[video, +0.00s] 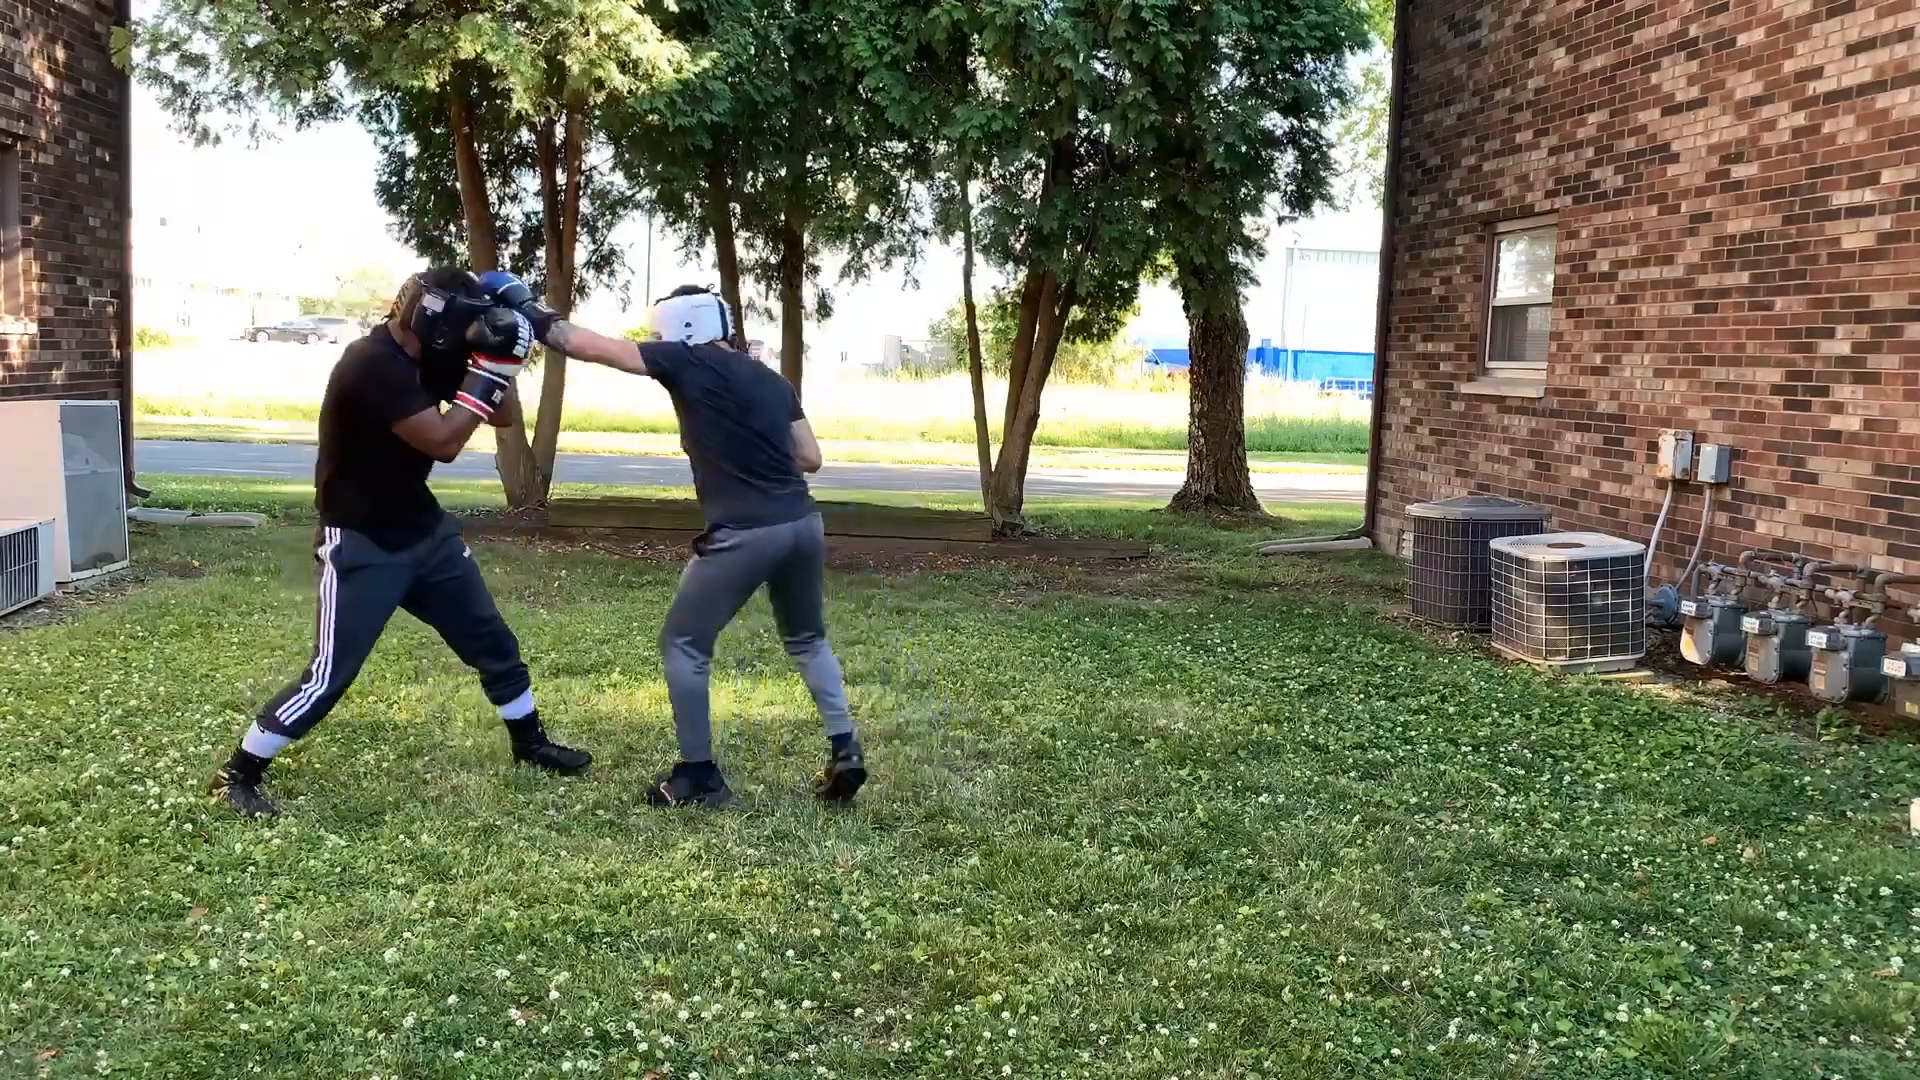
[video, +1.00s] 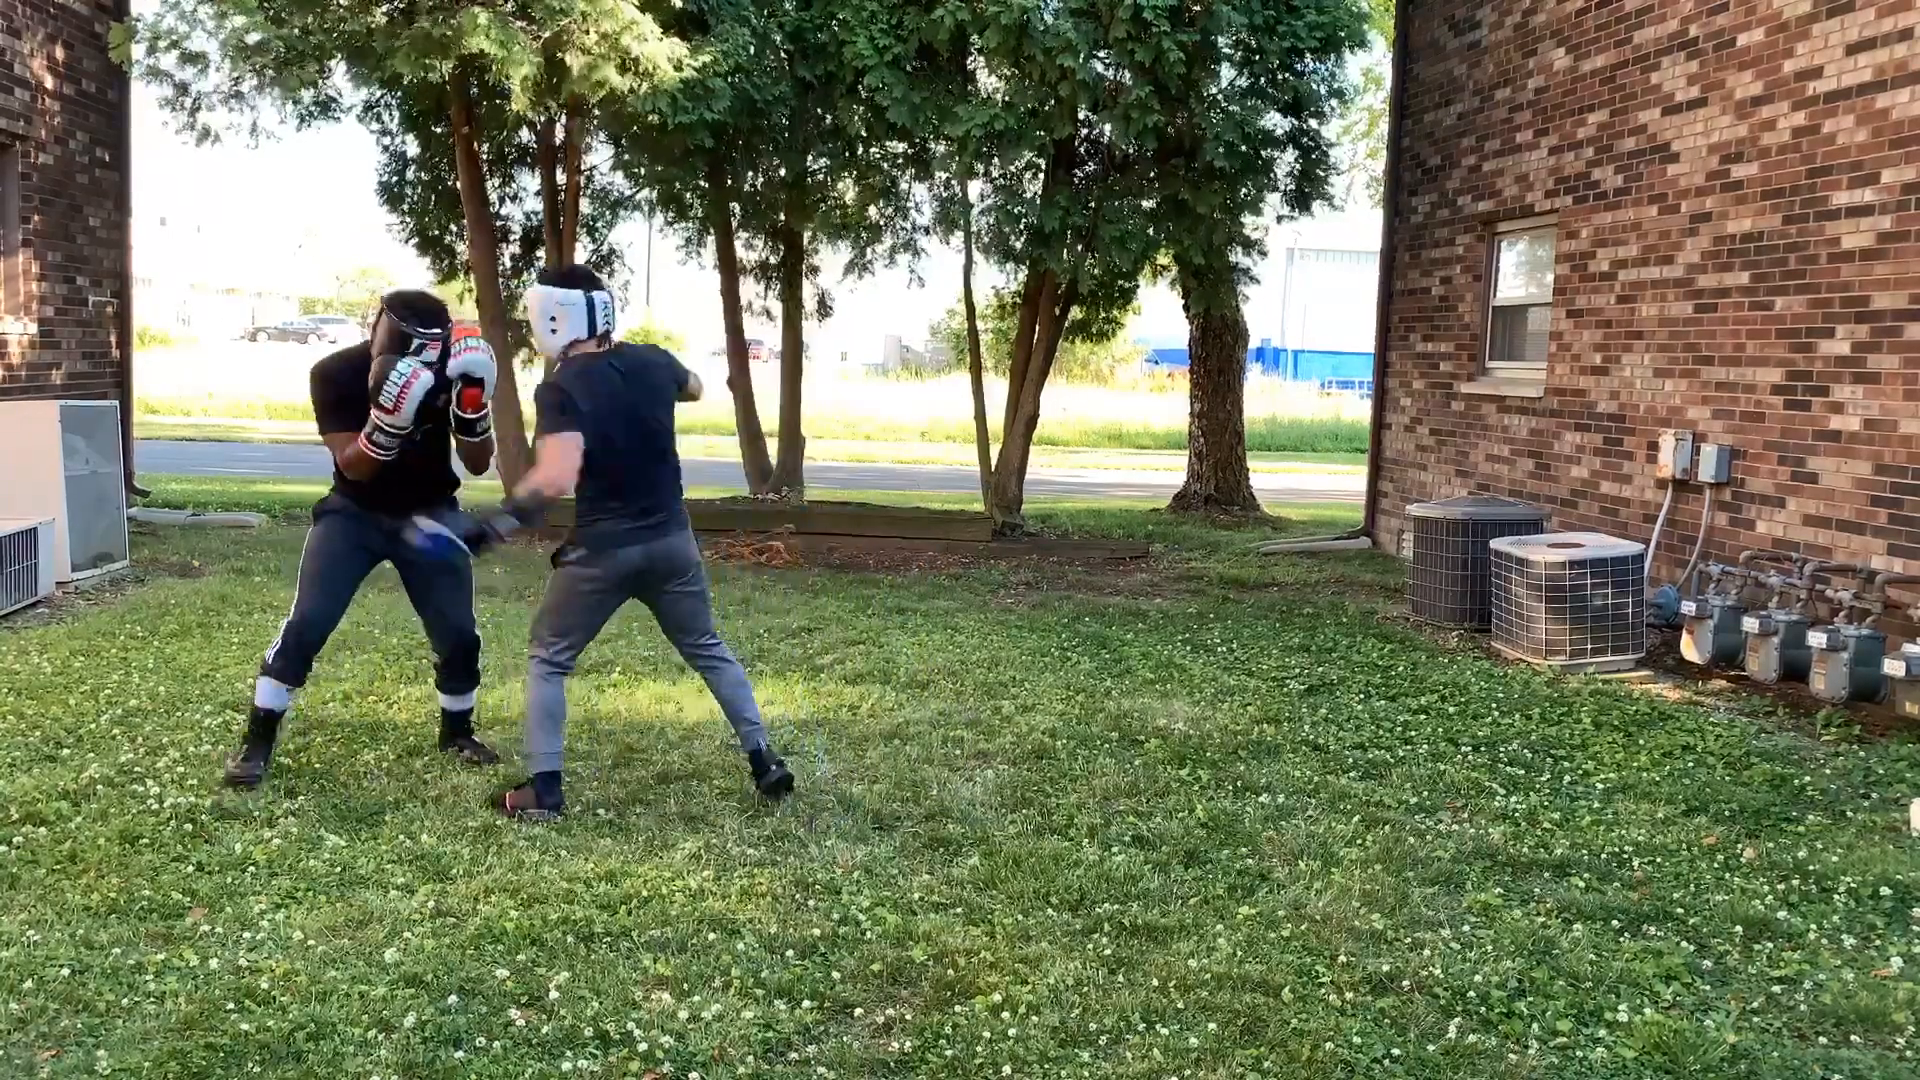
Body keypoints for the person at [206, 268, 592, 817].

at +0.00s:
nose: (457, 340)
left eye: (461, 331)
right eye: (456, 329)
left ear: (436, 322)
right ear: (427, 320)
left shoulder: (431, 361)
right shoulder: (371, 365)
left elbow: (505, 417)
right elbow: (444, 443)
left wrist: (499, 350)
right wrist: (483, 371)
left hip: (424, 534)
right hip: (359, 543)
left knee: (492, 641)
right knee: (330, 676)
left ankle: (530, 743)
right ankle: (242, 771)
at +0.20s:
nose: (468, 340)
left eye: (474, 331)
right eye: (464, 329)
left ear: (471, 330)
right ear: (434, 318)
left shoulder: (457, 366)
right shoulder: (385, 375)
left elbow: (505, 443)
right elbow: (453, 450)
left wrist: (511, 368)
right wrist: (496, 384)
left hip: (467, 535)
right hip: (395, 546)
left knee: (526, 636)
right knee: (354, 667)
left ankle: (538, 752)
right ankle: (264, 770)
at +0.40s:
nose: (463, 390)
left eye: (477, 382)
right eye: (458, 373)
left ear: (488, 378)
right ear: (437, 343)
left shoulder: (461, 421)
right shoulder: (359, 357)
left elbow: (404, 501)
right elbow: (344, 440)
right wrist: (422, 413)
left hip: (444, 543)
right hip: (361, 545)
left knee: (509, 649)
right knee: (321, 661)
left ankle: (539, 755)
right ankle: (251, 769)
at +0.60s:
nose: (434, 389)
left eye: (446, 379)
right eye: (428, 375)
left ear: (459, 372)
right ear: (405, 351)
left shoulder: (444, 395)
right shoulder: (329, 373)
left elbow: (422, 487)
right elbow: (326, 463)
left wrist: (452, 447)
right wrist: (376, 441)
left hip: (409, 539)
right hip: (326, 543)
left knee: (469, 645)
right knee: (296, 659)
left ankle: (515, 746)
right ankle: (245, 769)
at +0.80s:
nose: (448, 390)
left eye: (459, 382)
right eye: (445, 376)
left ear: (466, 377)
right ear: (423, 352)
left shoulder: (447, 390)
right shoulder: (353, 390)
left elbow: (463, 468)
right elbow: (369, 484)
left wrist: (488, 422)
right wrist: (416, 438)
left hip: (419, 535)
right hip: (343, 532)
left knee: (465, 642)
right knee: (310, 645)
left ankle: (457, 731)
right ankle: (248, 759)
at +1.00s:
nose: (402, 364)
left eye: (417, 355)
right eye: (395, 350)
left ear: (436, 351)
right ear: (375, 333)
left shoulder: (448, 378)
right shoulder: (335, 374)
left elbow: (478, 465)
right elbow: (352, 467)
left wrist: (471, 405)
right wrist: (386, 423)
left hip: (431, 516)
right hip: (353, 512)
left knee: (459, 635)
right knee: (308, 624)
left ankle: (457, 736)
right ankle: (256, 747)